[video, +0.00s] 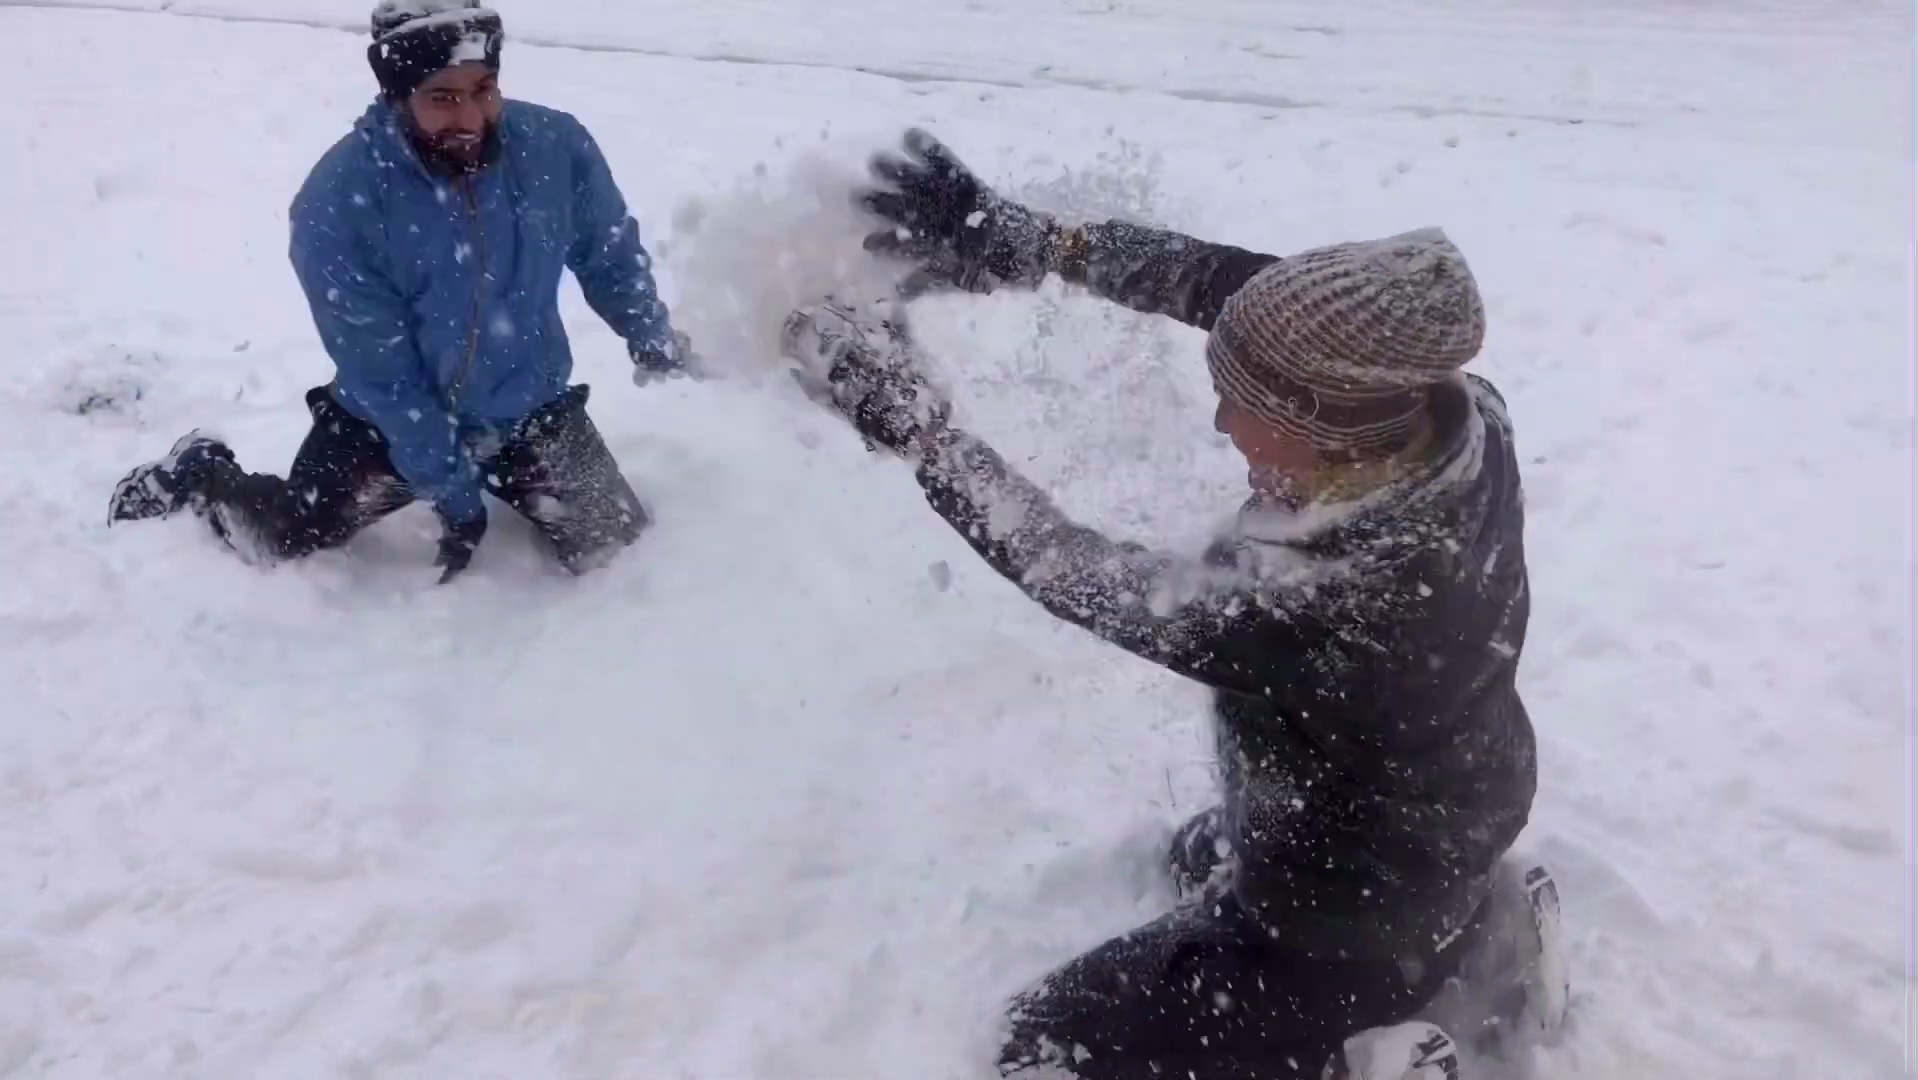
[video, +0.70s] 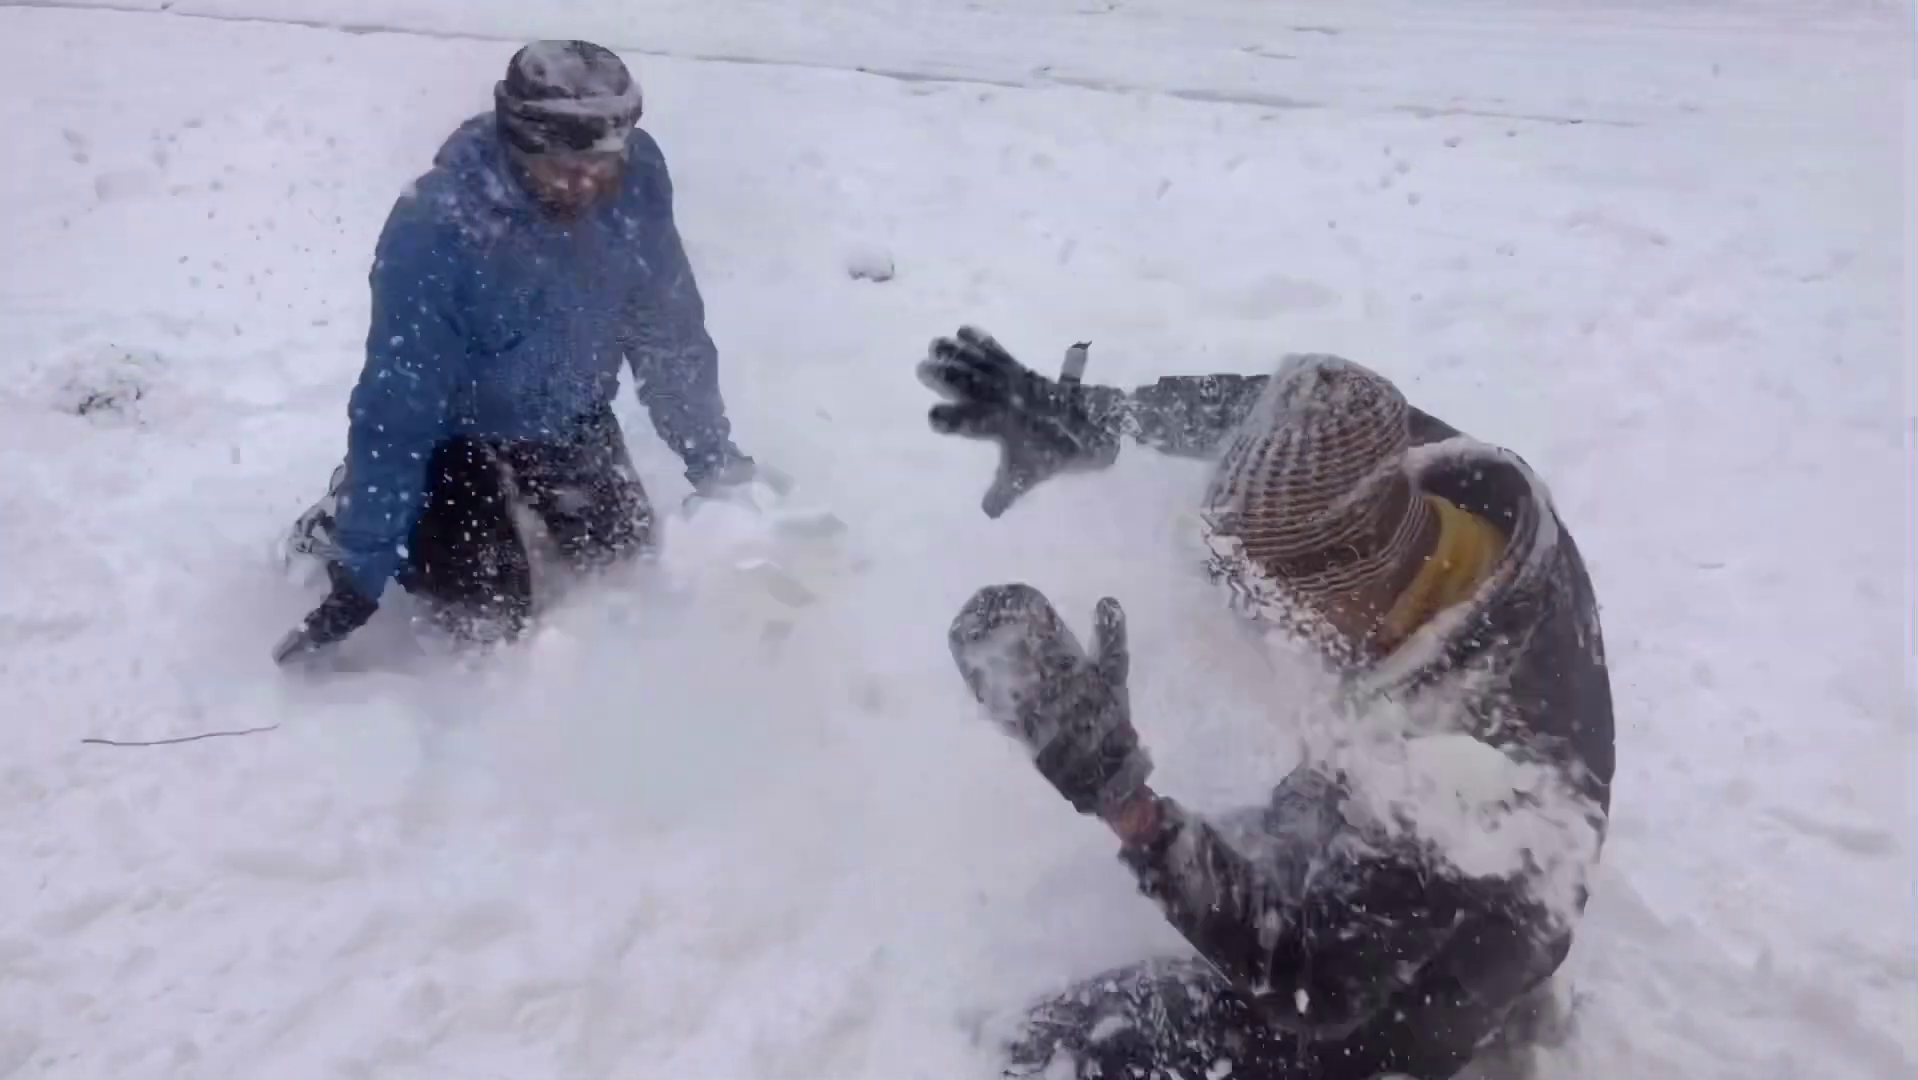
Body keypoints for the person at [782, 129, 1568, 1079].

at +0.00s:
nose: (1229, 428)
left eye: (1252, 418)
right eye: (1235, 404)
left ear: (1342, 436)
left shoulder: (1335, 618)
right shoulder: (1439, 409)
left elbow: (1079, 573)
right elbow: (1224, 289)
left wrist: (916, 422)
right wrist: (1013, 239)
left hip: (1366, 905)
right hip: (1448, 791)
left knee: (1045, 1042)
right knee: (1200, 860)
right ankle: (1445, 905)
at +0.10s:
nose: (1223, 428)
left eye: (1242, 415)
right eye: (1227, 406)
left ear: (1330, 431)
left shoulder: (1334, 592)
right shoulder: (1460, 407)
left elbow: (1142, 576)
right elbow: (1321, 291)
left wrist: (1034, 459)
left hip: (1389, 877)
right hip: (1467, 761)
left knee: (1045, 1043)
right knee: (1205, 855)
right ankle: (1469, 929)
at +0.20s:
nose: (1219, 445)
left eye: (1237, 431)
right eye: (1222, 423)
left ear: (1326, 447)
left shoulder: (1331, 614)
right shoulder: (1487, 422)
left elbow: (1147, 626)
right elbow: (1405, 303)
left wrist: (1135, 475)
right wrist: (1293, 192)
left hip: (1365, 911)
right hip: (1484, 791)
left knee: (1035, 1039)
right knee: (1203, 852)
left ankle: (1330, 1055)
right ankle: (1462, 935)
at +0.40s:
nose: (1240, 505)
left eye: (1255, 481)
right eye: (1238, 477)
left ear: (1336, 485)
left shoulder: (1345, 638)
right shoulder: (1519, 475)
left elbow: (1172, 719)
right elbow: (1476, 352)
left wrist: (1190, 539)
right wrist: (1344, 220)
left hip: (1371, 940)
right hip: (1488, 846)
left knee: (1034, 1043)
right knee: (1190, 854)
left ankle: (1333, 1057)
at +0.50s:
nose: (1259, 559)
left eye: (1264, 534)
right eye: (1249, 535)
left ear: (1344, 511)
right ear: (1406, 444)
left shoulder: (1380, 678)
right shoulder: (1529, 472)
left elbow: (1207, 797)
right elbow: (1448, 343)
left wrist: (1169, 588)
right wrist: (1288, 246)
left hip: (1398, 961)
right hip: (1502, 872)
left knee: (1038, 1042)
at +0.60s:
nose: (1285, 584)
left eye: (1296, 563)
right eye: (1280, 560)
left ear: (1366, 549)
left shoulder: (1413, 724)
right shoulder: (1512, 479)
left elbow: (1238, 870)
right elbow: (1390, 370)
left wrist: (1136, 674)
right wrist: (1200, 311)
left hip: (1415, 967)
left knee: (1062, 1040)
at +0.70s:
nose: (1263, 603)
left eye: (1275, 589)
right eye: (1251, 576)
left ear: (1336, 594)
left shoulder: (1474, 784)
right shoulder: (1445, 483)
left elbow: (1310, 979)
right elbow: (1288, 410)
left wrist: (1124, 798)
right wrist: (1081, 416)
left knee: (1062, 1044)